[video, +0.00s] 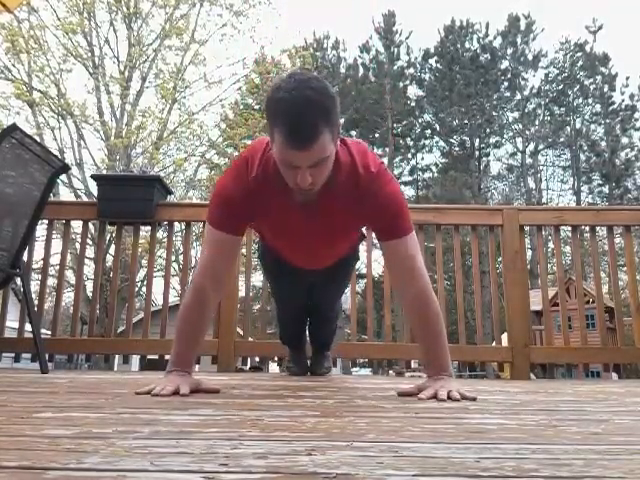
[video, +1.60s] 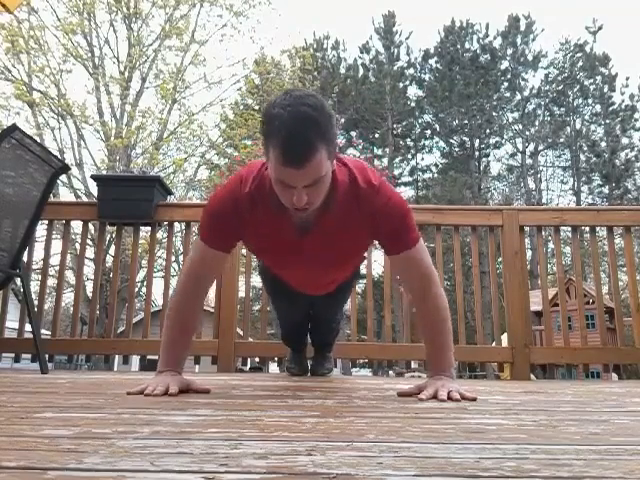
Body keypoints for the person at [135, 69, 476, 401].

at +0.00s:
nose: (303, 179)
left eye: (317, 165)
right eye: (290, 166)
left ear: (337, 139)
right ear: (271, 143)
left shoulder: (371, 181)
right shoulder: (241, 182)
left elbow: (414, 283)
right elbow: (206, 281)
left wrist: (440, 375)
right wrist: (179, 370)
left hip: (338, 252)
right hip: (280, 250)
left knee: (325, 313)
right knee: (290, 316)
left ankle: (321, 354)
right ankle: (295, 356)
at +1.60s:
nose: (299, 199)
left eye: (313, 184)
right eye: (285, 185)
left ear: (334, 158)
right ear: (266, 161)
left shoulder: (375, 198)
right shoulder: (233, 201)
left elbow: (424, 284)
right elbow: (193, 285)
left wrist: (442, 375)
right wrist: (168, 370)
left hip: (338, 278)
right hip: (279, 274)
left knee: (327, 325)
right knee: (292, 324)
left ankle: (323, 352)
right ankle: (297, 350)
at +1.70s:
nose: (296, 255)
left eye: (309, 241)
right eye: (281, 242)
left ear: (331, 209)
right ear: (260, 215)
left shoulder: (374, 227)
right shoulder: (231, 231)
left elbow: (437, 291)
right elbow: (176, 289)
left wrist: (443, 375)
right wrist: (166, 370)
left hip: (334, 308)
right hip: (280, 307)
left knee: (324, 338)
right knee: (293, 338)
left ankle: (323, 356)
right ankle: (295, 356)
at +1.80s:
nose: (296, 297)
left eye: (309, 287)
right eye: (282, 289)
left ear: (332, 252)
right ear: (258, 256)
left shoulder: (374, 251)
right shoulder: (231, 254)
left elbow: (441, 294)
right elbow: (167, 290)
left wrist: (442, 374)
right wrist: (166, 370)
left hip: (337, 322)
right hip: (276, 327)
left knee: (324, 343)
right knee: (292, 345)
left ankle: (321, 354)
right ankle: (296, 355)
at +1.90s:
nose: (294, 343)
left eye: (306, 332)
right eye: (278, 334)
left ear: (330, 290)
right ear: (254, 292)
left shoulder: (368, 273)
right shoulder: (231, 274)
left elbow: (444, 294)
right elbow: (166, 287)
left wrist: (443, 374)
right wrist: (165, 369)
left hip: (340, 351)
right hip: (271, 352)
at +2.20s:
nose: (294, 320)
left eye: (306, 310)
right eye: (279, 311)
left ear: (330, 274)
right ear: (256, 276)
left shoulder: (367, 265)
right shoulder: (230, 263)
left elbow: (443, 293)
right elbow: (165, 290)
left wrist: (444, 375)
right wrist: (165, 370)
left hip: (338, 332)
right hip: (270, 337)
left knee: (328, 348)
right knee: (287, 352)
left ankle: (324, 357)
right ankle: (297, 356)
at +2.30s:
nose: (295, 278)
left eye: (307, 267)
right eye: (281, 268)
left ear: (333, 237)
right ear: (260, 240)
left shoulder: (370, 241)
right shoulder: (231, 242)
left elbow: (440, 293)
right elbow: (171, 289)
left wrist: (443, 376)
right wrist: (166, 369)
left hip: (336, 316)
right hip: (280, 319)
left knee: (326, 341)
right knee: (292, 343)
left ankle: (321, 357)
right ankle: (297, 356)